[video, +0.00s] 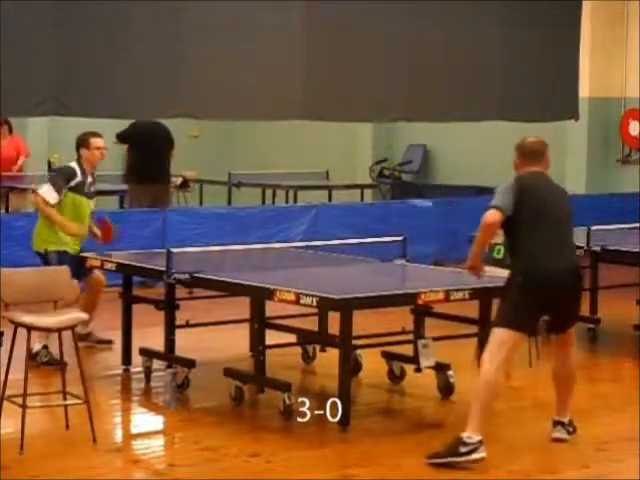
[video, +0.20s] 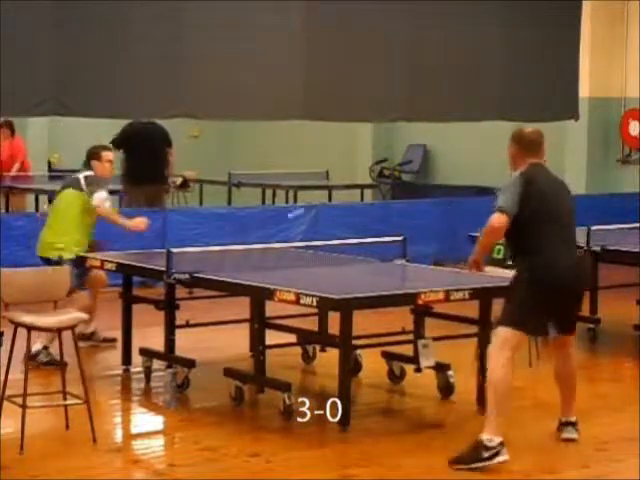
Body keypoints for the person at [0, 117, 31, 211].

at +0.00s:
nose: (3, 130)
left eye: (4, 127)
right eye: (2, 127)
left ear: (8, 128)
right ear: (0, 128)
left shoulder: (15, 140)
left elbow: (23, 153)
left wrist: (17, 166)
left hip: (13, 174)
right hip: (3, 174)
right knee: (3, 196)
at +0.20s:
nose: (4, 133)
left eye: (6, 130)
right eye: (2, 131)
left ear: (10, 131)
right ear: (1, 131)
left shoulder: (16, 142)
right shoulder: (3, 143)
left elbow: (19, 159)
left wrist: (10, 175)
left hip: (19, 177)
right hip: (6, 177)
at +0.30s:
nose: (3, 134)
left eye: (5, 131)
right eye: (2, 131)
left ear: (10, 131)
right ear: (1, 132)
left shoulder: (16, 143)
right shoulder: (3, 144)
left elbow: (17, 161)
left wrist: (8, 177)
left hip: (20, 178)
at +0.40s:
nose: (4, 134)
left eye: (5, 131)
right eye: (3, 131)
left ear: (10, 131)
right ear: (2, 132)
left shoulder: (17, 142)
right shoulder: (4, 143)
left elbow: (16, 159)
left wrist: (7, 172)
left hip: (20, 177)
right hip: (9, 178)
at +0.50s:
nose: (5, 133)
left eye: (7, 130)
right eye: (4, 130)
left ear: (12, 130)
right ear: (2, 130)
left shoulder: (18, 141)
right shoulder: (4, 141)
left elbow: (17, 158)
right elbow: (3, 156)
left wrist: (5, 163)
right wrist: (4, 162)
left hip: (20, 177)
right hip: (8, 176)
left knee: (19, 205)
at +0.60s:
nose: (6, 132)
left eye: (9, 129)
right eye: (5, 129)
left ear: (14, 130)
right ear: (3, 130)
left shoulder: (19, 141)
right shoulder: (3, 141)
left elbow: (18, 157)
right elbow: (2, 154)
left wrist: (5, 158)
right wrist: (6, 158)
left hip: (20, 176)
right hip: (7, 176)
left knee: (19, 204)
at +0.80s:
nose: (8, 132)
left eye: (10, 129)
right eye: (6, 129)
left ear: (15, 130)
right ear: (4, 130)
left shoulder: (22, 140)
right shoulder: (3, 141)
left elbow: (25, 156)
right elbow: (2, 156)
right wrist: (7, 159)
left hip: (19, 175)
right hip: (5, 175)